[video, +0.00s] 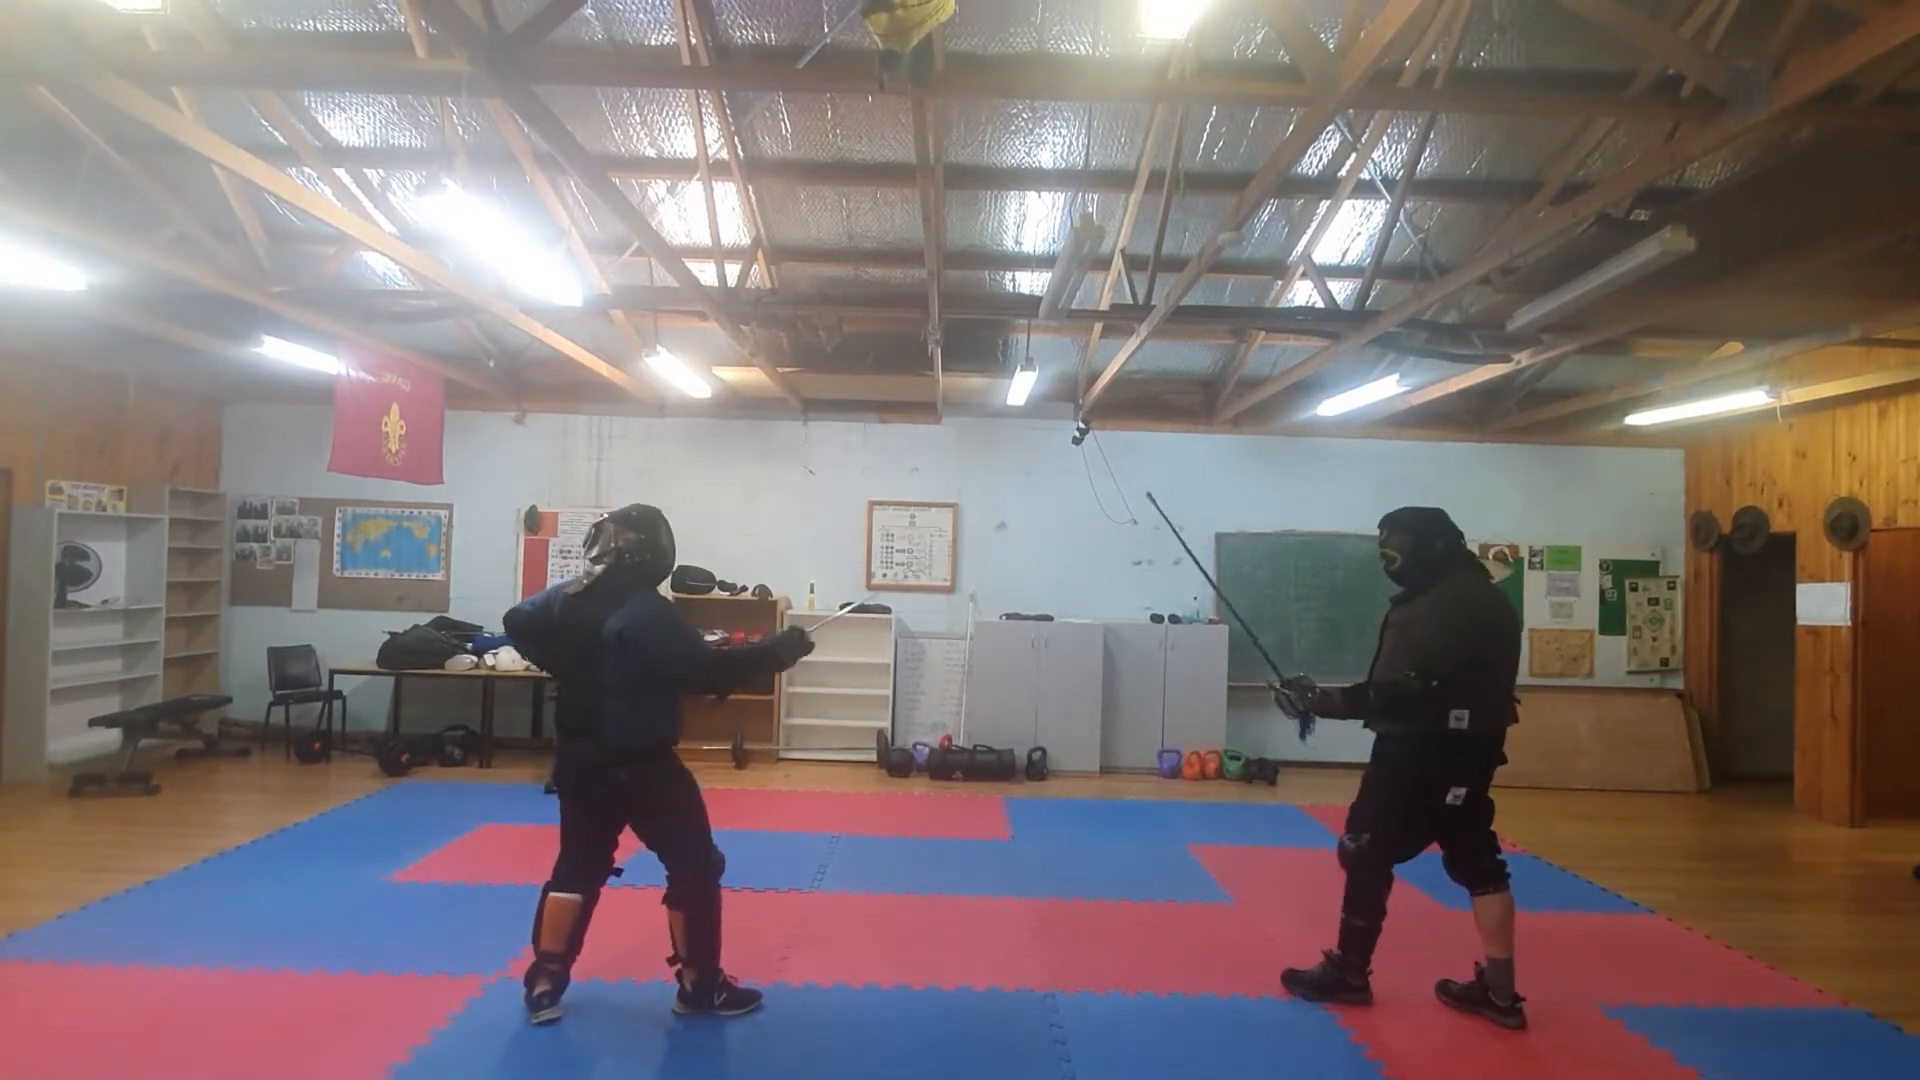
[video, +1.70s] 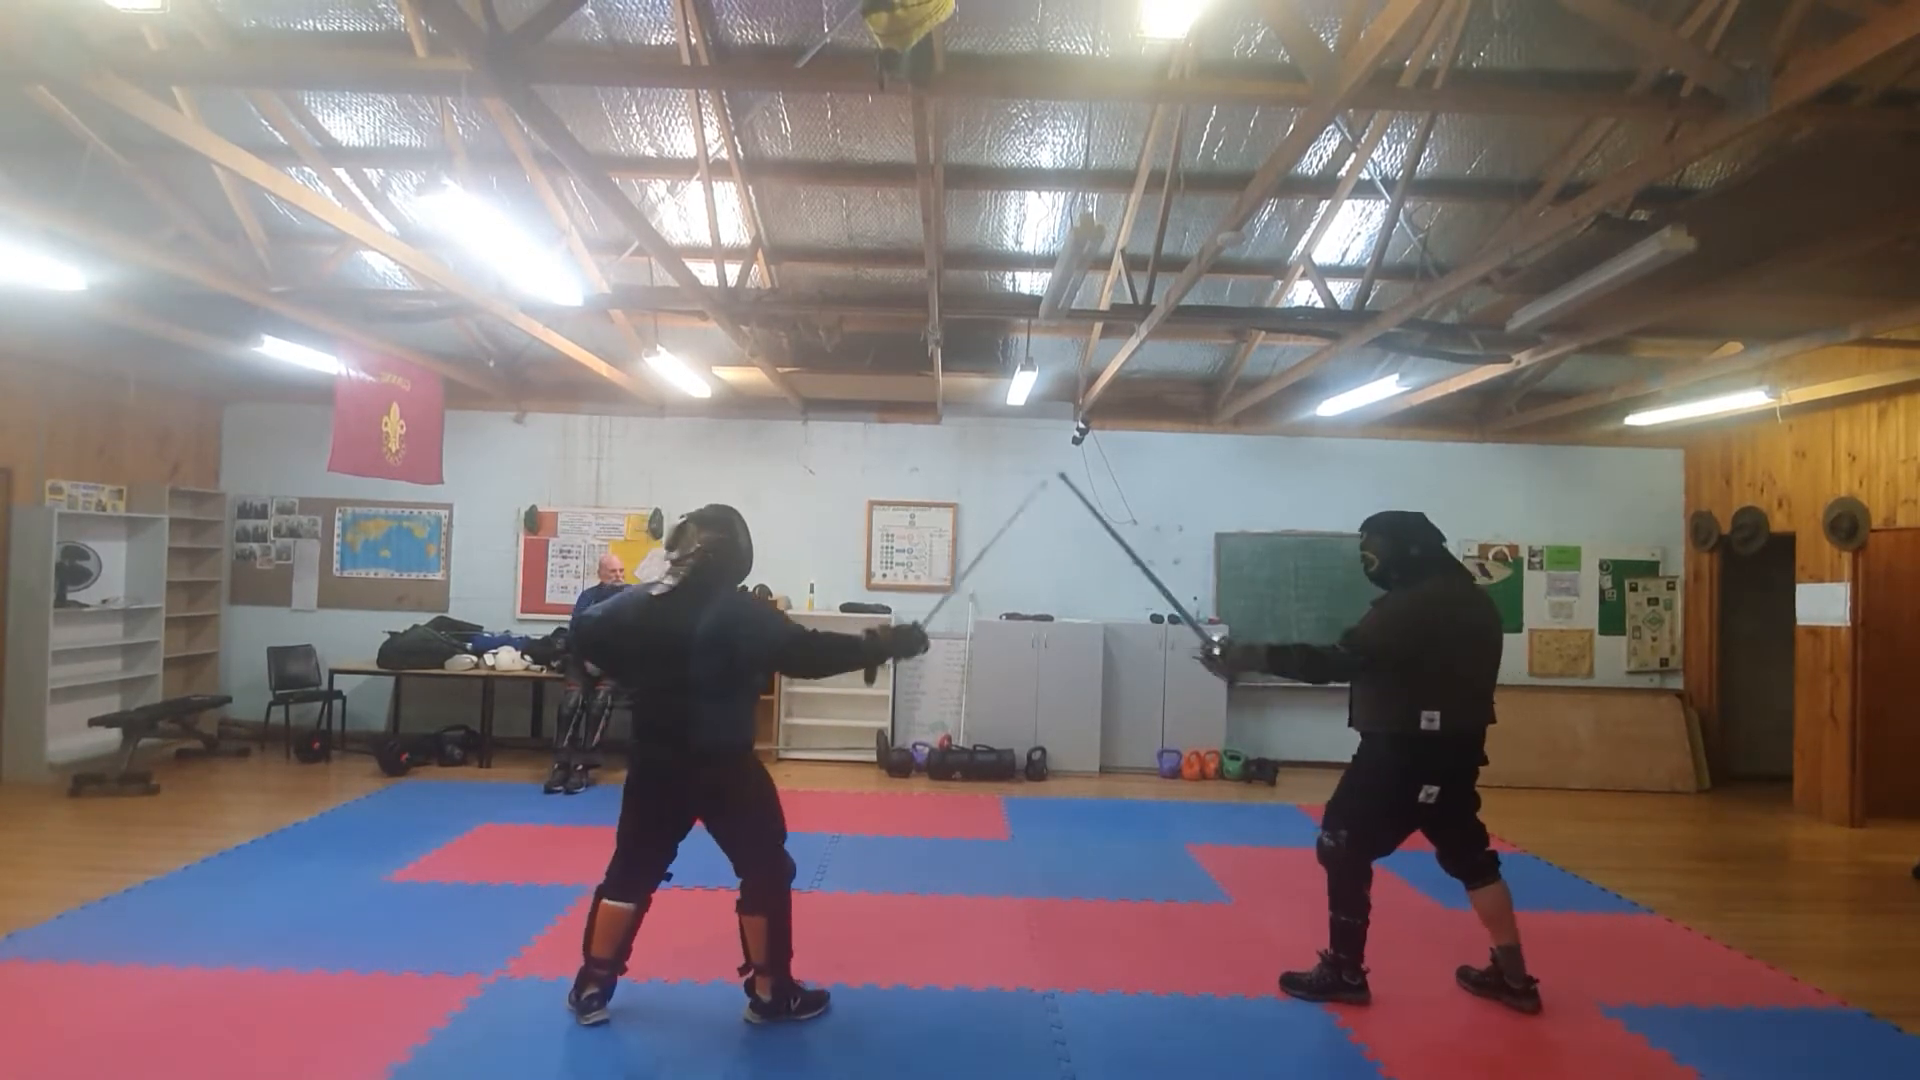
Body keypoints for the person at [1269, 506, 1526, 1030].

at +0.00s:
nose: (1388, 566)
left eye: (1394, 554)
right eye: (1385, 555)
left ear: (1423, 548)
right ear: (1442, 546)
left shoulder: (1421, 609)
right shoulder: (1491, 601)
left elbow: (1395, 700)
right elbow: (1495, 699)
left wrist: (1319, 699)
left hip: (1413, 757)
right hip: (1472, 758)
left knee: (1366, 852)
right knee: (1479, 864)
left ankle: (1349, 970)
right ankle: (1499, 989)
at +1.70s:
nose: (1368, 567)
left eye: (1373, 556)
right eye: (1366, 557)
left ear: (1402, 551)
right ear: (1426, 547)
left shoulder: (1405, 606)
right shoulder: (1475, 600)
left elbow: (1345, 659)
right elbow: (1474, 686)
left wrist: (1252, 657)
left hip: (1395, 753)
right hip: (1456, 752)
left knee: (1343, 844)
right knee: (1470, 855)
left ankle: (1344, 970)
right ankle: (1513, 973)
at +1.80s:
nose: (1356, 564)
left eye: (1361, 553)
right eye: (1354, 554)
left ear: (1393, 548)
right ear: (1416, 546)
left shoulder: (1391, 606)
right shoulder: (1469, 598)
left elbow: (1325, 651)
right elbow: (1469, 684)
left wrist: (1238, 641)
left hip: (1391, 752)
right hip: (1455, 751)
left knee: (1342, 846)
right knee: (1462, 852)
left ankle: (1344, 969)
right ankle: (1511, 970)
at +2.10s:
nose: (1379, 573)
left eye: (1384, 562)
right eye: (1378, 563)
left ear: (1413, 559)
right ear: (1435, 556)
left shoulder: (1418, 611)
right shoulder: (1488, 607)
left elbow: (1346, 658)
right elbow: (1490, 695)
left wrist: (1257, 640)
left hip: (1413, 758)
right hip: (1473, 760)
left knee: (1352, 848)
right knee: (1484, 858)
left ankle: (1344, 970)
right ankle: (1573, 968)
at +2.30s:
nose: (1419, 578)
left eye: (1424, 567)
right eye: (1417, 568)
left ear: (1454, 564)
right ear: (1480, 561)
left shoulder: (1460, 616)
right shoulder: (1532, 613)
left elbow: (1390, 668)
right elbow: (1534, 701)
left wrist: (1298, 647)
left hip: (1457, 765)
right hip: (1519, 765)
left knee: (1391, 855)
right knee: (1538, 870)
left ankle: (1350, 968)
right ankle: (1596, 991)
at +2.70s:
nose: (1450, 573)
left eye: (1456, 561)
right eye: (1447, 562)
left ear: (1490, 558)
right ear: (1513, 554)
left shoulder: (1487, 613)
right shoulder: (1562, 610)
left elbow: (1419, 667)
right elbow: (1561, 698)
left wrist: (1330, 648)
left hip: (1479, 760)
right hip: (1538, 761)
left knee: (1417, 855)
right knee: (1549, 869)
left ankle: (1431, 989)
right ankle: (1600, 993)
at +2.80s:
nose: (1443, 572)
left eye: (1450, 560)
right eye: (1441, 561)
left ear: (1486, 557)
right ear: (1506, 556)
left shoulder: (1488, 611)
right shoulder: (1553, 607)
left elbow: (1410, 661)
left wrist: (1322, 643)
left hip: (1476, 759)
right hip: (1532, 759)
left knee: (1413, 855)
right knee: (1545, 868)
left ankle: (1430, 989)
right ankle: (1599, 993)